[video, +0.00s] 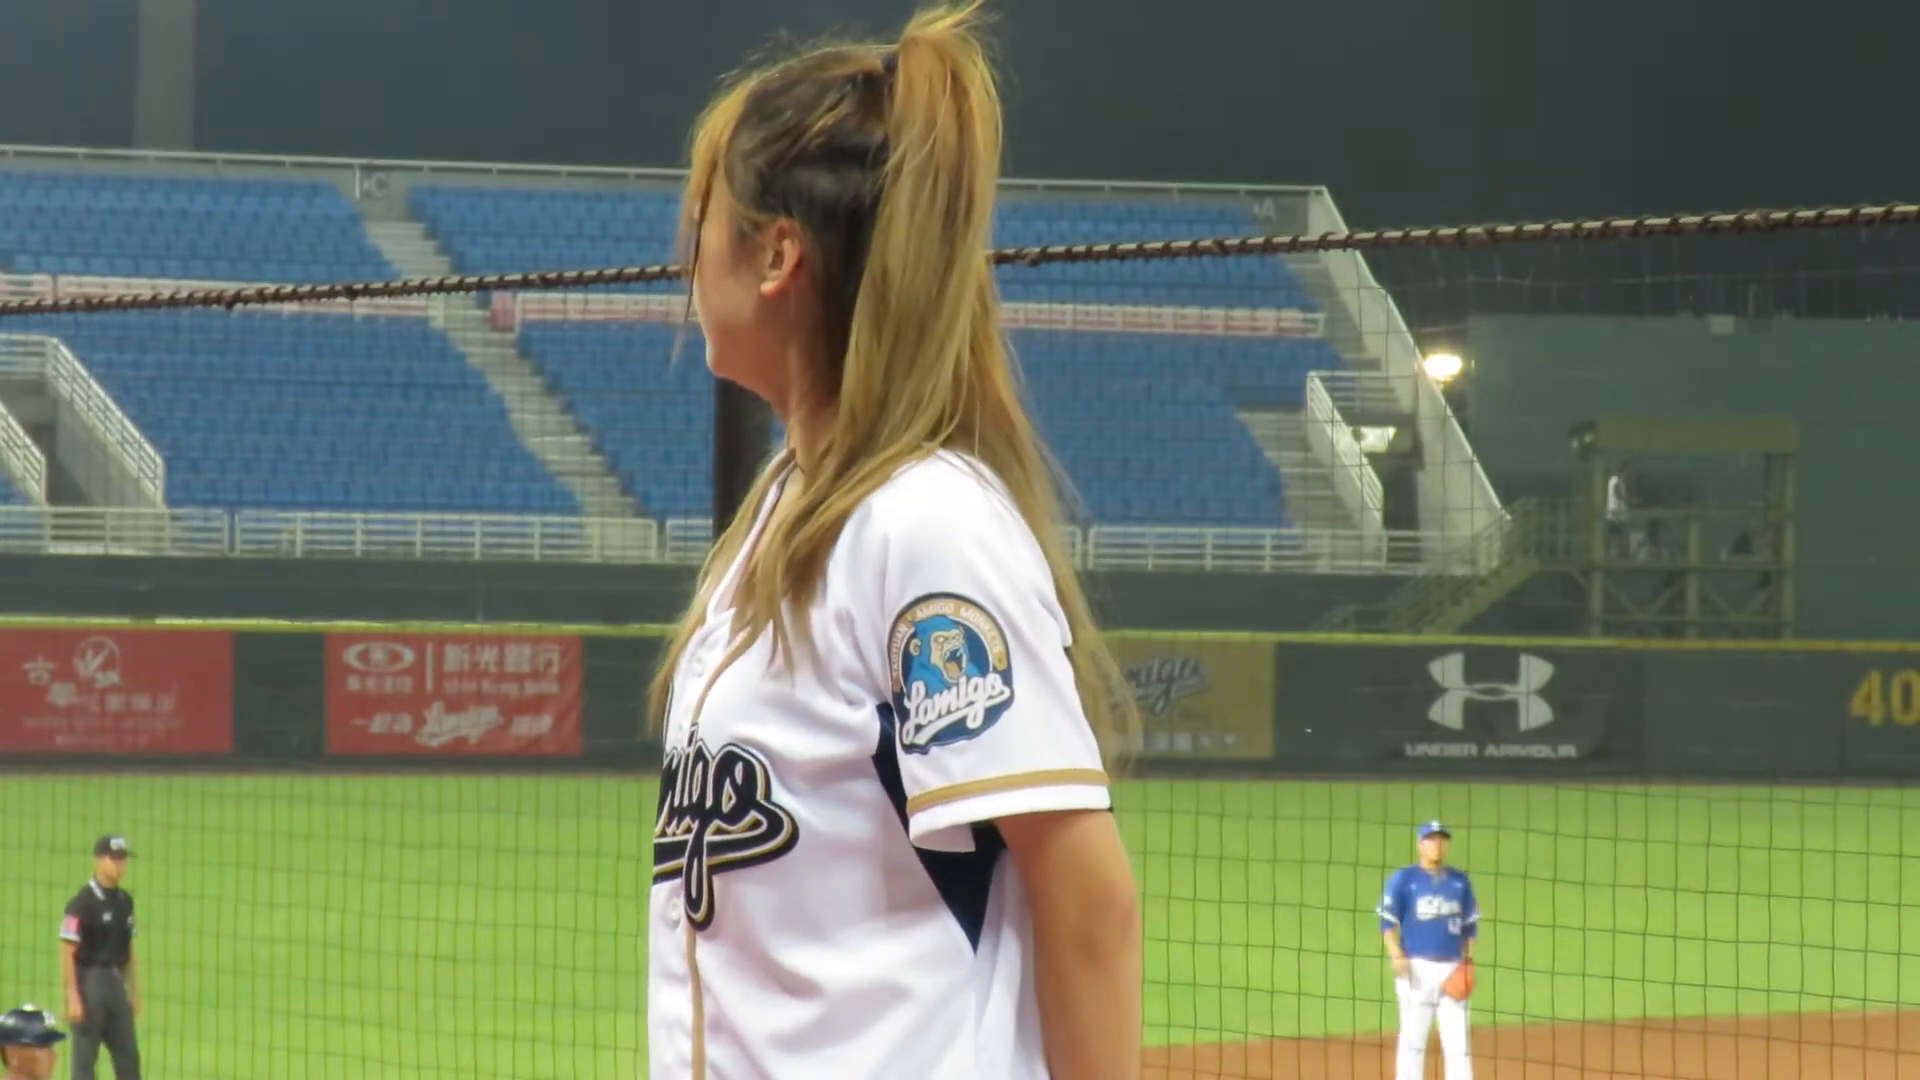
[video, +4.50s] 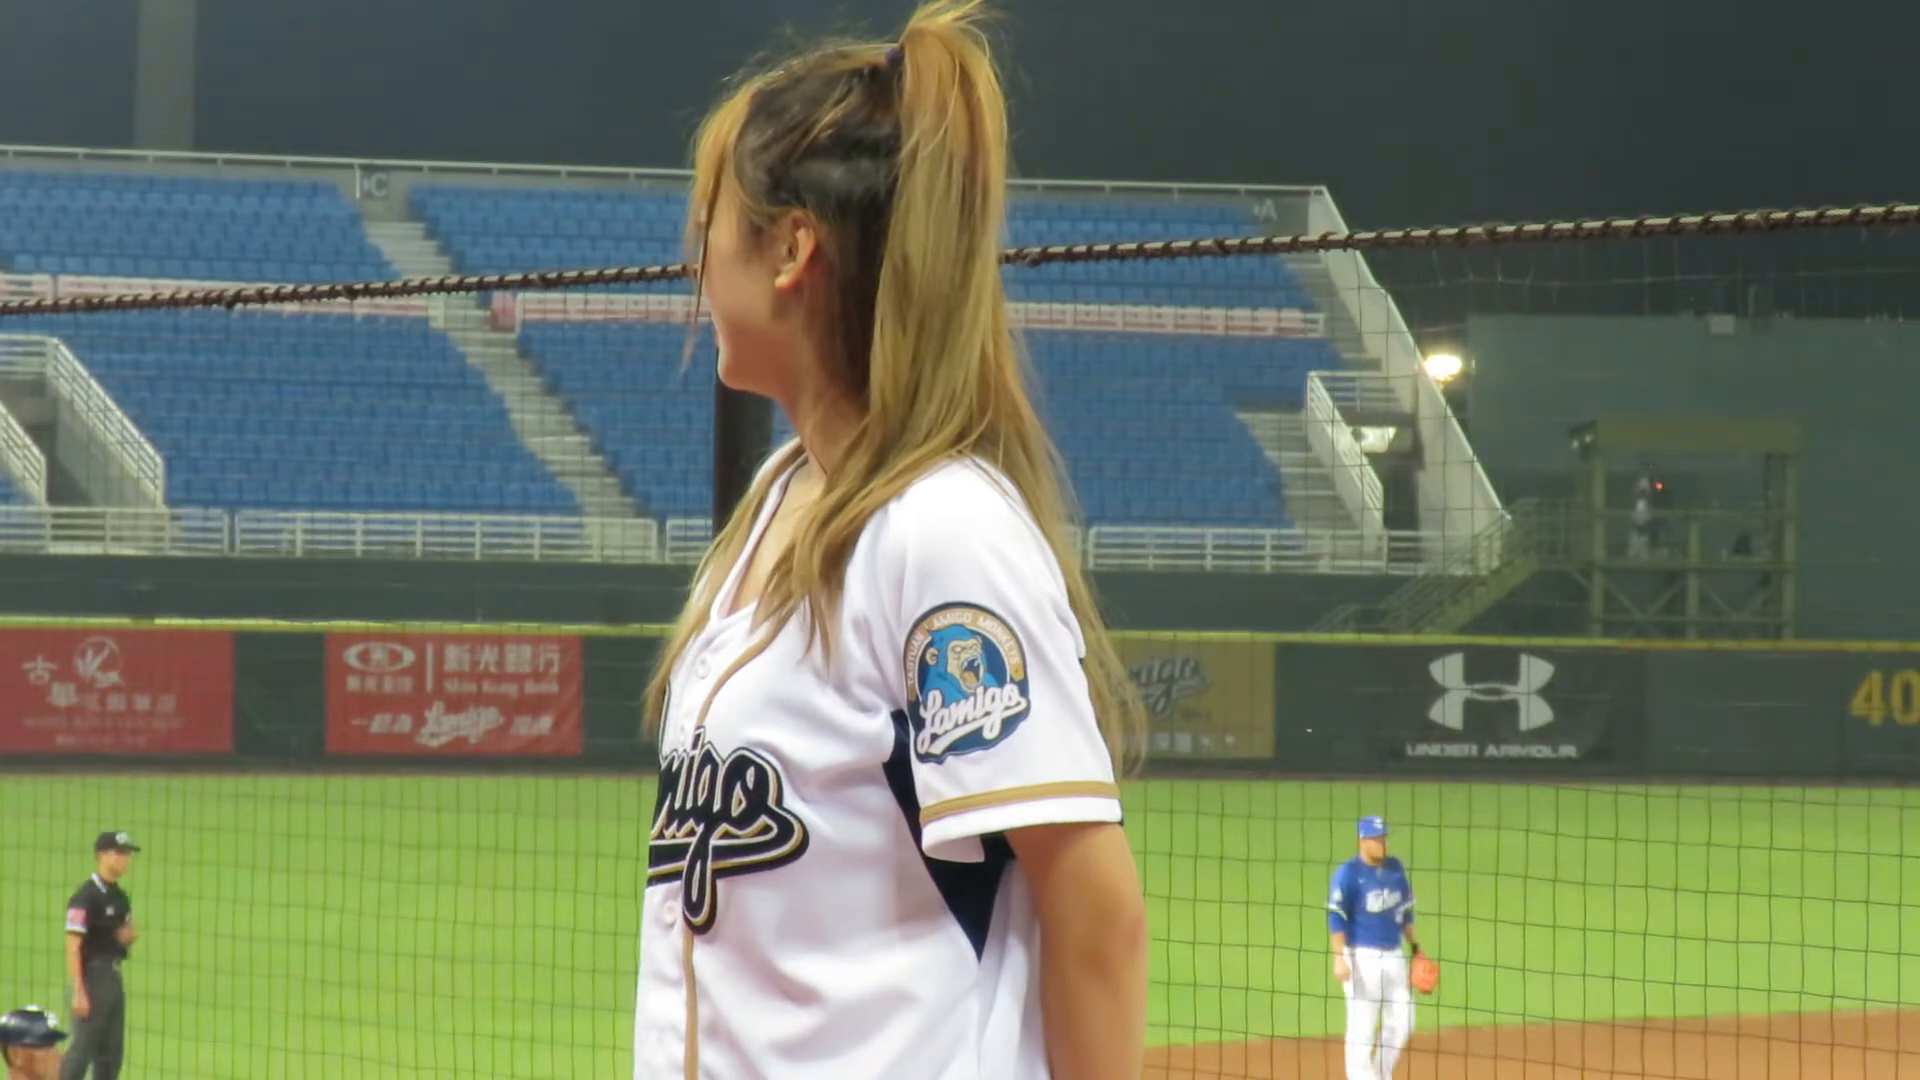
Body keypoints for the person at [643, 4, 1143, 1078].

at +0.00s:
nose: (690, 258)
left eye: (705, 222)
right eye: (699, 220)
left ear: (779, 259)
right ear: (779, 259)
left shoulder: (931, 521)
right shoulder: (783, 499)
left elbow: (1089, 895)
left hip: (884, 1057)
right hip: (732, 1050)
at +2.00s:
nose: (686, 271)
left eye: (699, 229)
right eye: (693, 229)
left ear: (778, 253)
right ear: (774, 253)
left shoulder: (935, 536)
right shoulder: (782, 505)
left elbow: (1095, 914)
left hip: (884, 1058)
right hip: (718, 1052)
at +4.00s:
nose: (691, 260)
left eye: (705, 223)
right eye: (699, 222)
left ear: (783, 252)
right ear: (778, 252)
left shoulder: (936, 533)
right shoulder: (785, 502)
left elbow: (1096, 912)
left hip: (887, 1056)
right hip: (724, 1050)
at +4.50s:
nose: (699, 267)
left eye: (711, 229)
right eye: (704, 229)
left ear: (794, 255)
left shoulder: (947, 527)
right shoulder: (780, 494)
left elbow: (1098, 911)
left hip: (881, 1055)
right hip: (709, 1049)